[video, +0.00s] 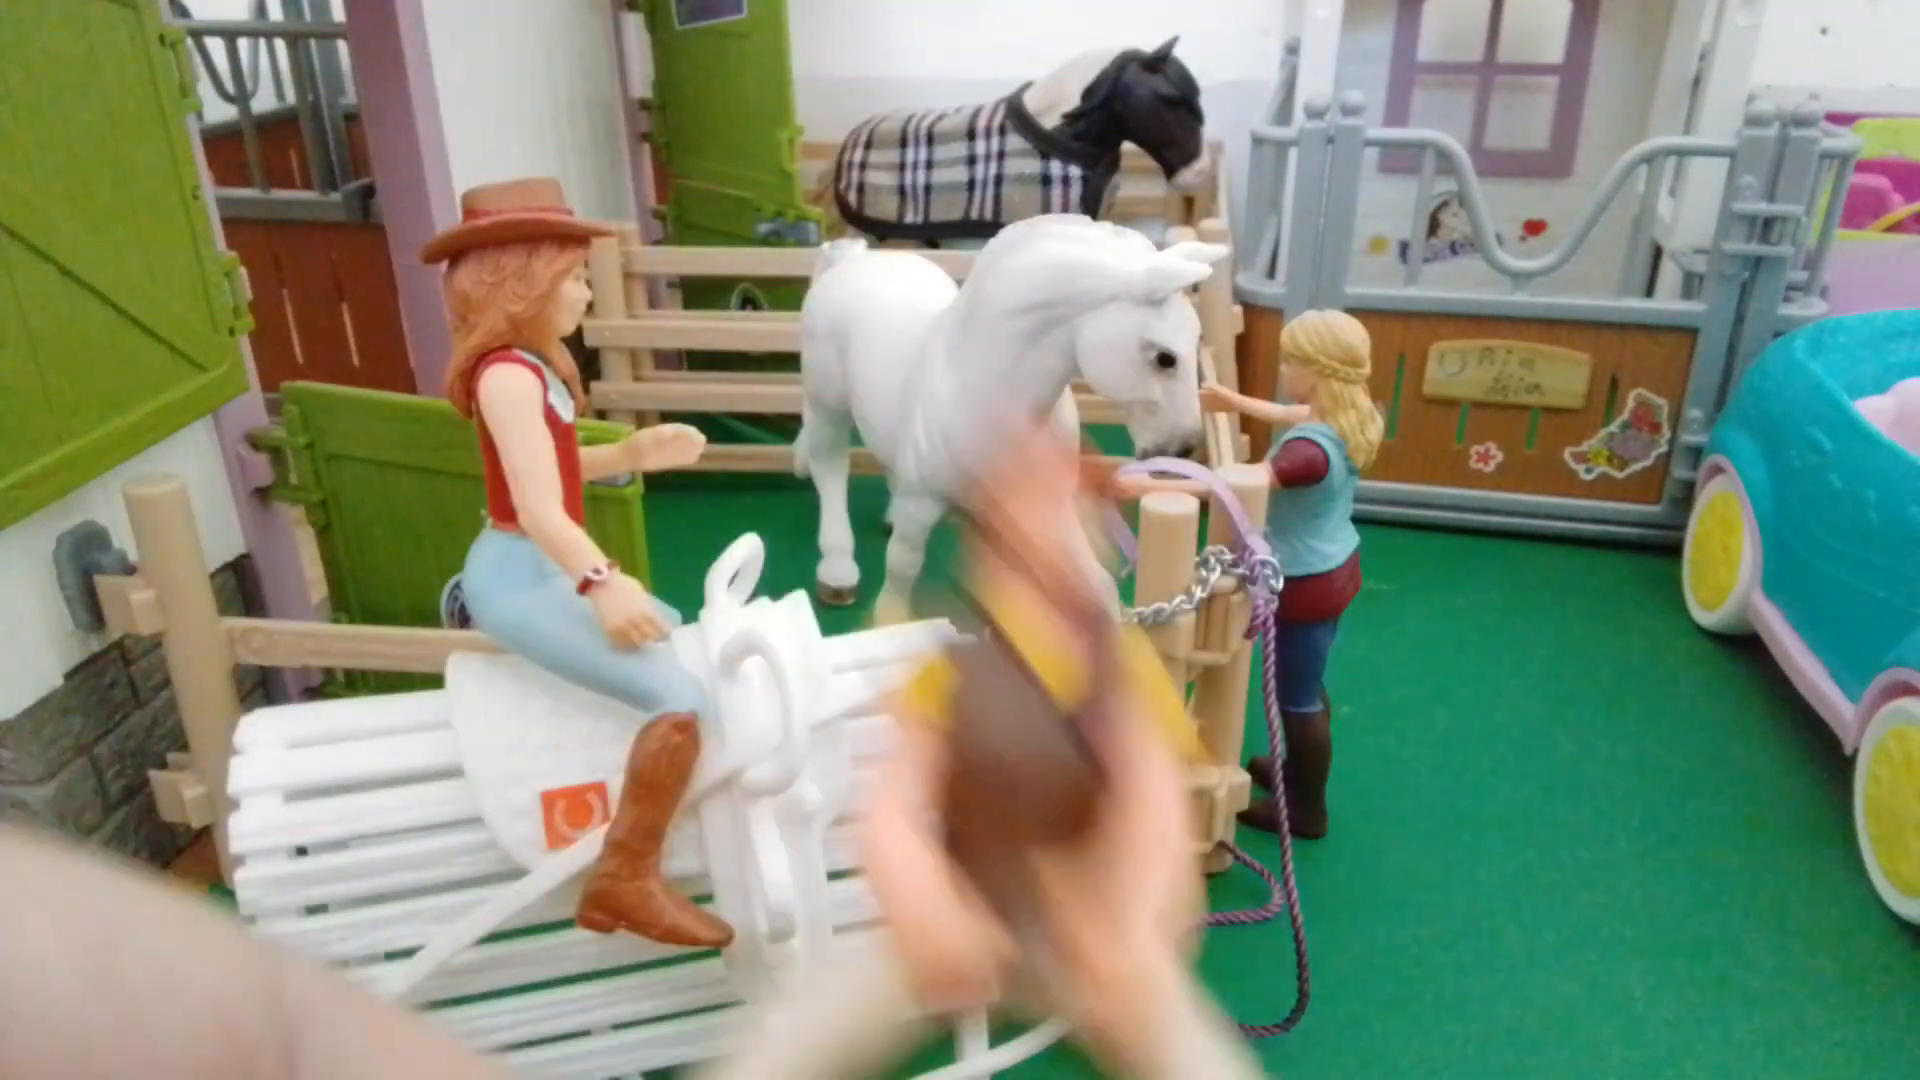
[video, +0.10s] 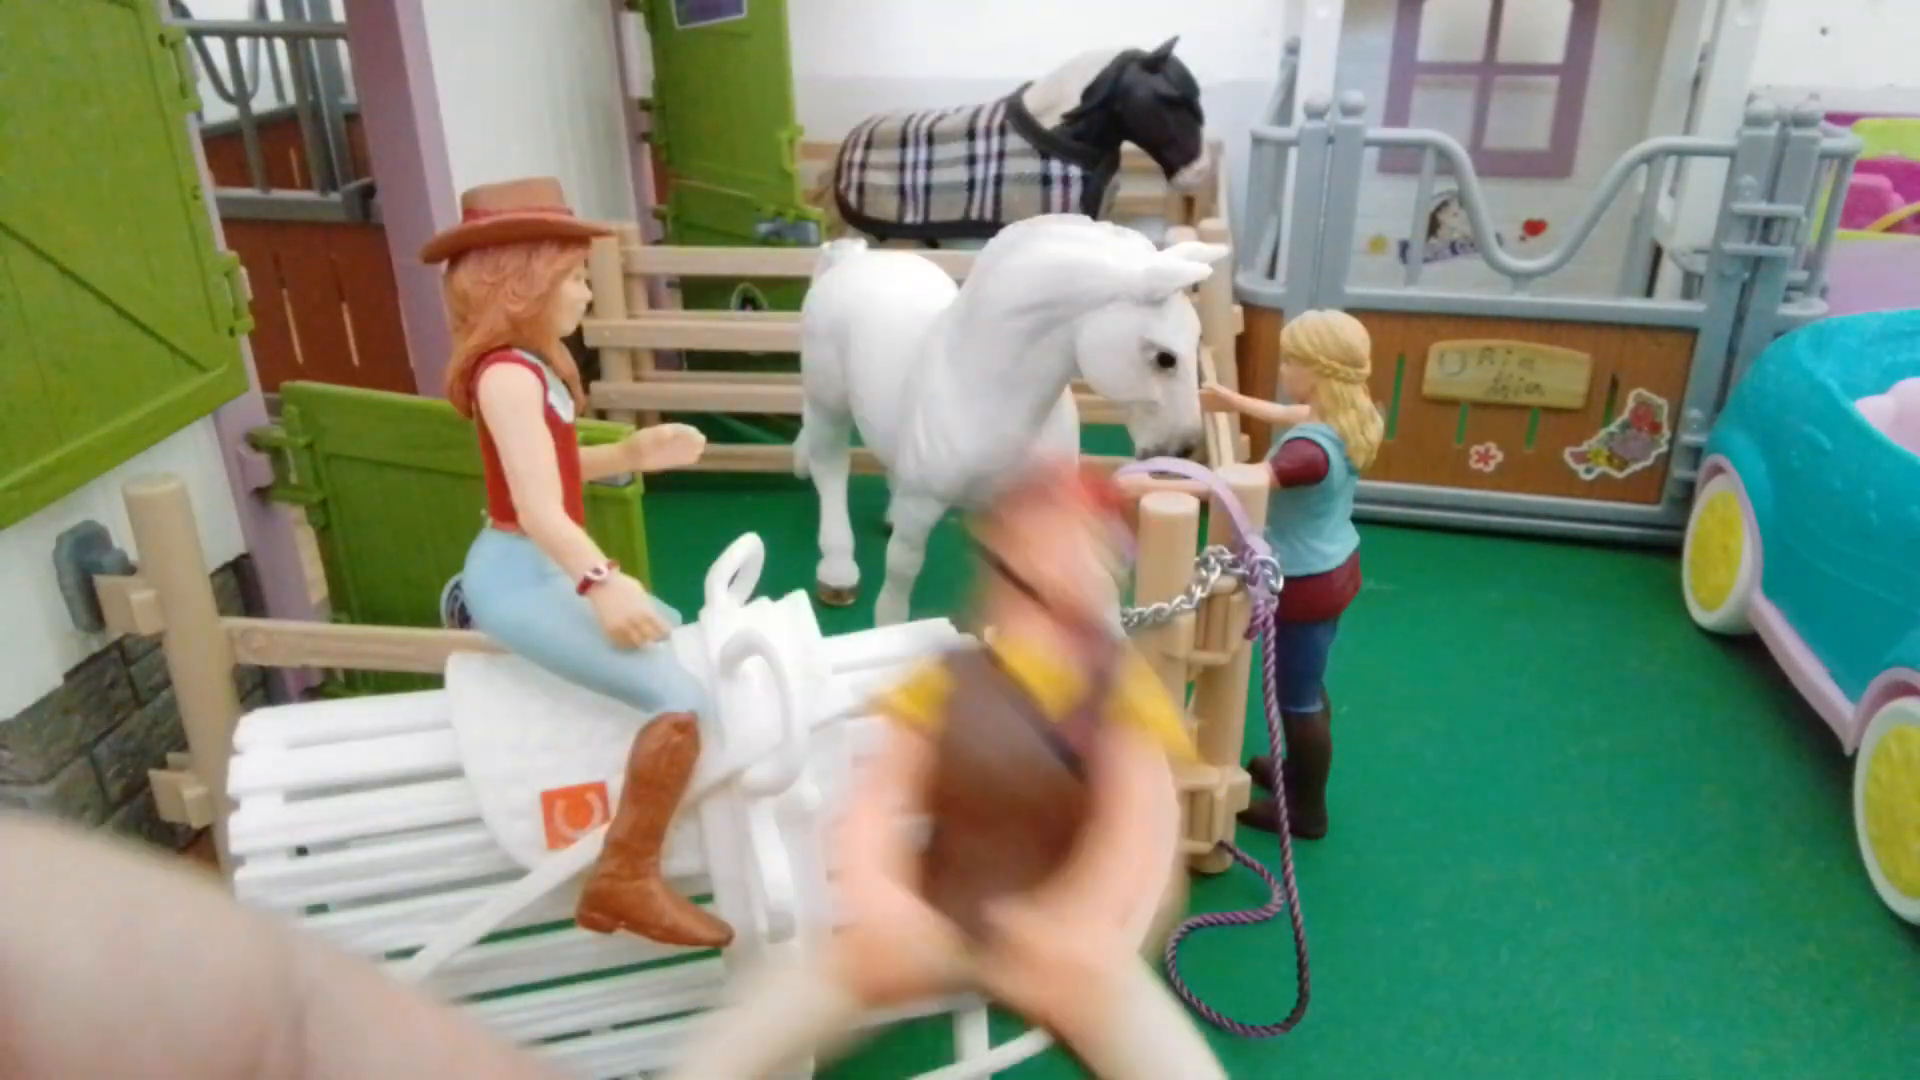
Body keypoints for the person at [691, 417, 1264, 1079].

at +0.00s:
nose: (1043, 521)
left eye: (1054, 498)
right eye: (1020, 503)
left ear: (1079, 508)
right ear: (984, 524)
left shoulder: (1121, 659)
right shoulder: (952, 670)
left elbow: (1155, 806)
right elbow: (895, 813)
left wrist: (1128, 939)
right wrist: (936, 926)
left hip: (1097, 902)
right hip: (968, 911)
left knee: (1206, 1060)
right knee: (784, 1049)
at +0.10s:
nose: (1053, 579)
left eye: (1071, 557)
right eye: (1030, 560)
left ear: (1098, 569)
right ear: (997, 564)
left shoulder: (1123, 695)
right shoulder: (947, 682)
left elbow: (1137, 840)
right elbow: (874, 811)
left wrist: (1075, 937)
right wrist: (883, 911)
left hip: (1063, 925)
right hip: (926, 914)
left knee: (1184, 1065)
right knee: (745, 1034)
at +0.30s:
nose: (1113, 417)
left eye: (1128, 394)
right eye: (1083, 389)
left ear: (1145, 413)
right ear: (1024, 402)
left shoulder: (1163, 570)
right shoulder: (961, 546)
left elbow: (1182, 743)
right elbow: (916, 705)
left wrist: (1145, 861)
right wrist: (944, 838)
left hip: (1110, 831)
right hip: (963, 814)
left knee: (1249, 1053)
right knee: (720, 1012)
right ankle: (698, 1046)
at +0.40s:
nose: (1172, 426)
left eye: (1179, 401)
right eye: (1143, 399)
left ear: (1189, 412)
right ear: (1065, 414)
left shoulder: (1182, 579)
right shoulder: (988, 536)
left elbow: (1183, 741)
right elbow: (918, 690)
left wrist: (1160, 852)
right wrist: (955, 825)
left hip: (1101, 816)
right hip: (957, 794)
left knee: (1248, 1054)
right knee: (711, 994)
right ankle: (674, 1045)